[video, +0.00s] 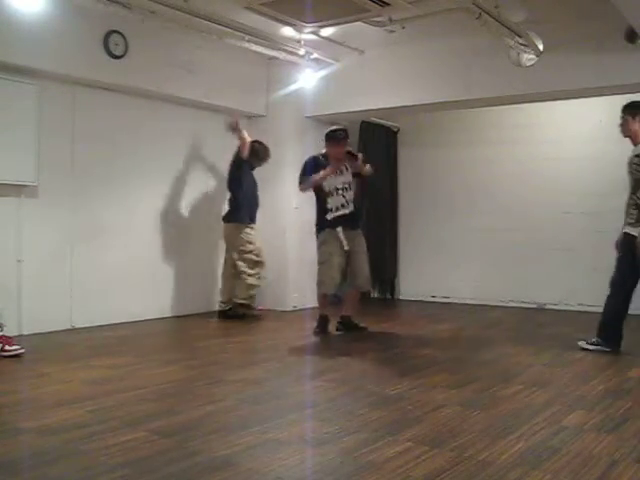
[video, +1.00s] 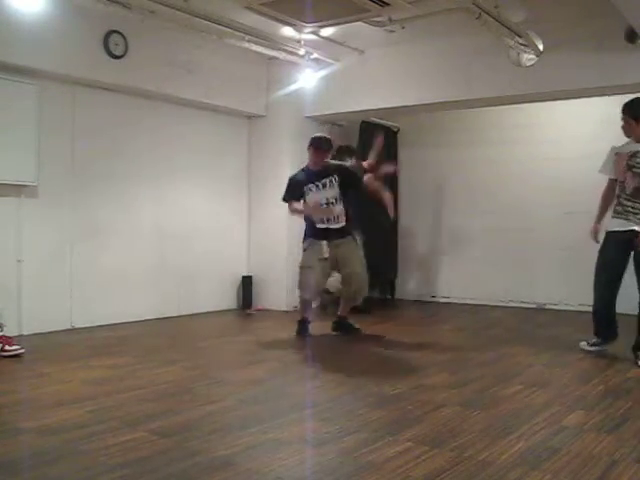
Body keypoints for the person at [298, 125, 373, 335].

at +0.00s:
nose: (340, 150)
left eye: (343, 145)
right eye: (336, 146)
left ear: (347, 145)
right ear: (327, 146)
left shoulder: (352, 160)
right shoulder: (315, 163)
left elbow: (369, 171)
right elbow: (303, 185)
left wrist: (360, 167)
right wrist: (326, 173)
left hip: (352, 226)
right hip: (328, 227)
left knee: (361, 276)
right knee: (328, 275)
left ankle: (346, 317)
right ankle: (323, 318)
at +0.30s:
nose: (328, 148)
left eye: (332, 144)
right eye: (324, 144)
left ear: (339, 144)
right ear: (318, 143)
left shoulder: (346, 163)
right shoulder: (307, 162)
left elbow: (356, 185)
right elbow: (282, 177)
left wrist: (332, 178)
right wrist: (298, 171)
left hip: (338, 226)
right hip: (312, 226)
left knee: (342, 273)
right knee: (311, 271)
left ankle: (340, 316)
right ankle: (305, 317)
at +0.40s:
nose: (335, 149)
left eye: (336, 144)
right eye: (333, 145)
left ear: (337, 144)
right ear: (325, 144)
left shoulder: (342, 165)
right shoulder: (304, 164)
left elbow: (323, 188)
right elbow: (283, 185)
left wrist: (294, 204)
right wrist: (268, 203)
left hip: (333, 227)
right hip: (309, 228)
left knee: (338, 277)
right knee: (307, 278)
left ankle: (338, 318)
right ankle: (304, 319)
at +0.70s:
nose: (319, 145)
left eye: (323, 141)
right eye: (316, 141)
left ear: (329, 143)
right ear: (310, 142)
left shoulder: (337, 167)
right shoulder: (300, 163)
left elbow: (339, 196)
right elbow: (291, 188)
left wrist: (315, 201)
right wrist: (283, 206)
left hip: (329, 232)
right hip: (302, 231)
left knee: (340, 279)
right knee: (295, 278)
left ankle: (337, 317)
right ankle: (301, 318)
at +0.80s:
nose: (313, 146)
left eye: (317, 142)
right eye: (311, 142)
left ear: (326, 145)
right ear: (306, 144)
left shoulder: (338, 170)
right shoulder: (296, 170)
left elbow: (352, 199)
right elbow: (292, 197)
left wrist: (334, 209)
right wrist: (290, 216)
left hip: (332, 234)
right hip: (305, 233)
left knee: (345, 279)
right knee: (298, 279)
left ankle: (338, 317)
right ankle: (302, 318)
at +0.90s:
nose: (316, 152)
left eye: (321, 148)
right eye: (313, 147)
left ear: (327, 150)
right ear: (306, 148)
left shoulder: (340, 172)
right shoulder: (296, 179)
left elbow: (360, 194)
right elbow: (288, 211)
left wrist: (359, 221)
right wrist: (301, 229)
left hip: (339, 239)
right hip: (311, 240)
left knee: (352, 284)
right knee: (303, 285)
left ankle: (340, 318)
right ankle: (303, 320)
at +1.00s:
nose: (319, 157)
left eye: (324, 153)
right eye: (316, 152)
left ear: (329, 154)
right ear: (309, 151)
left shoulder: (341, 171)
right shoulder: (299, 179)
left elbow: (367, 182)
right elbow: (292, 206)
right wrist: (307, 210)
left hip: (344, 238)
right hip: (316, 240)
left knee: (356, 280)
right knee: (309, 283)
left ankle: (342, 319)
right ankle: (304, 321)